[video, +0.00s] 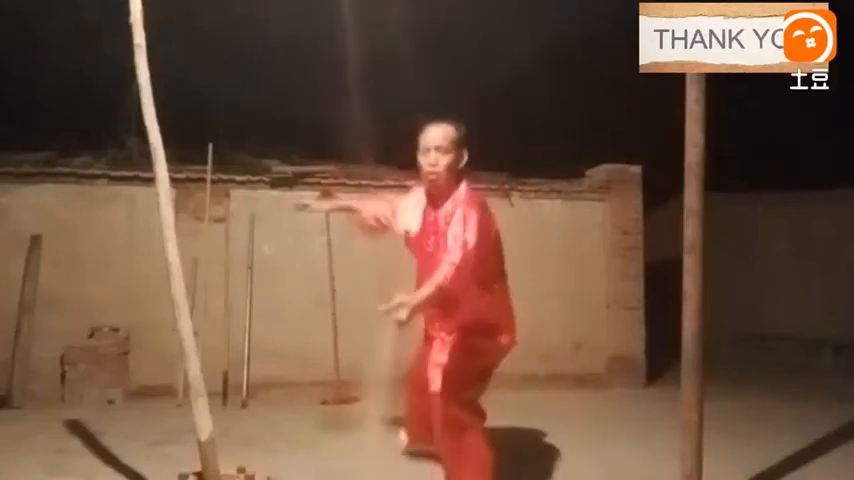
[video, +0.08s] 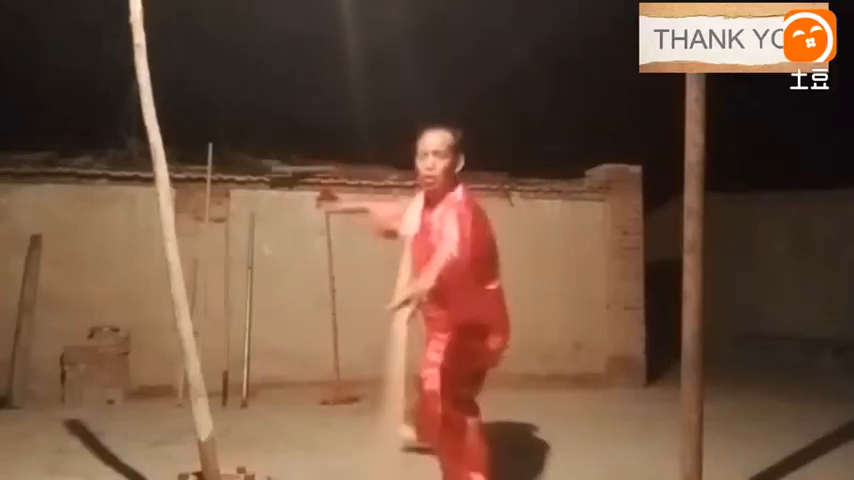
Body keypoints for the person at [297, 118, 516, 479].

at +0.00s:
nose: (431, 160)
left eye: (440, 152)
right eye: (425, 151)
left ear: (460, 157)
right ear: (418, 157)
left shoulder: (468, 205)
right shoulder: (416, 202)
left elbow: (456, 262)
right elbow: (379, 212)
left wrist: (416, 299)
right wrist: (340, 204)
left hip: (480, 326)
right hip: (443, 324)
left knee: (449, 398)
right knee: (420, 384)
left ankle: (472, 472)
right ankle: (425, 442)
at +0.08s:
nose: (427, 164)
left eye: (437, 156)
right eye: (422, 155)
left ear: (457, 162)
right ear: (415, 161)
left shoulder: (459, 206)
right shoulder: (423, 204)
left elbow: (454, 254)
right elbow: (396, 218)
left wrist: (422, 285)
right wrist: (345, 203)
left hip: (476, 327)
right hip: (443, 325)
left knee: (454, 401)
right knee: (433, 407)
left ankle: (472, 472)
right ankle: (457, 471)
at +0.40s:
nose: (419, 178)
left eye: (429, 171)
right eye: (414, 171)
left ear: (444, 176)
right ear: (408, 176)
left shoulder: (451, 213)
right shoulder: (420, 213)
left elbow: (441, 242)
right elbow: (394, 213)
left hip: (466, 317)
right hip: (435, 317)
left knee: (432, 369)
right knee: (412, 371)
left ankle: (463, 467)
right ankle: (429, 439)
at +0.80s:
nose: (403, 241)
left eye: (410, 235)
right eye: (399, 234)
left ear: (421, 237)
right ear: (392, 236)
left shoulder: (430, 270)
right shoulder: (393, 266)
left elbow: (426, 323)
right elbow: (366, 266)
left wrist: (396, 353)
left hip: (455, 349)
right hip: (431, 345)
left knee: (402, 385)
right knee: (394, 376)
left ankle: (434, 441)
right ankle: (412, 435)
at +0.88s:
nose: (402, 264)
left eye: (408, 258)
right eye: (396, 259)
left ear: (418, 260)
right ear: (389, 261)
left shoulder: (430, 293)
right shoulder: (393, 295)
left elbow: (425, 349)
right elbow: (358, 302)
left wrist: (388, 385)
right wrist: (345, 295)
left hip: (460, 369)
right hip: (432, 365)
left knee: (406, 385)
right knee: (393, 387)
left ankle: (433, 443)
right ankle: (415, 436)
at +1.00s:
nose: (401, 272)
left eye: (408, 265)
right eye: (396, 265)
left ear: (418, 267)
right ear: (389, 268)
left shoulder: (430, 300)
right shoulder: (389, 302)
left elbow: (424, 359)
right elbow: (348, 307)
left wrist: (386, 392)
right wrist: (341, 293)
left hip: (462, 379)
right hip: (433, 374)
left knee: (404, 384)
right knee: (392, 386)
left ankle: (433, 443)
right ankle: (422, 437)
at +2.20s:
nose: (530, 195)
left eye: (534, 187)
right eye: (522, 188)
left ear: (540, 193)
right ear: (507, 194)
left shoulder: (551, 232)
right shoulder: (494, 232)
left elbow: (586, 259)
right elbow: (448, 275)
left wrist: (599, 253)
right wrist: (472, 297)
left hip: (542, 334)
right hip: (494, 335)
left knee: (584, 380)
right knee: (458, 388)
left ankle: (614, 459)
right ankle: (420, 424)